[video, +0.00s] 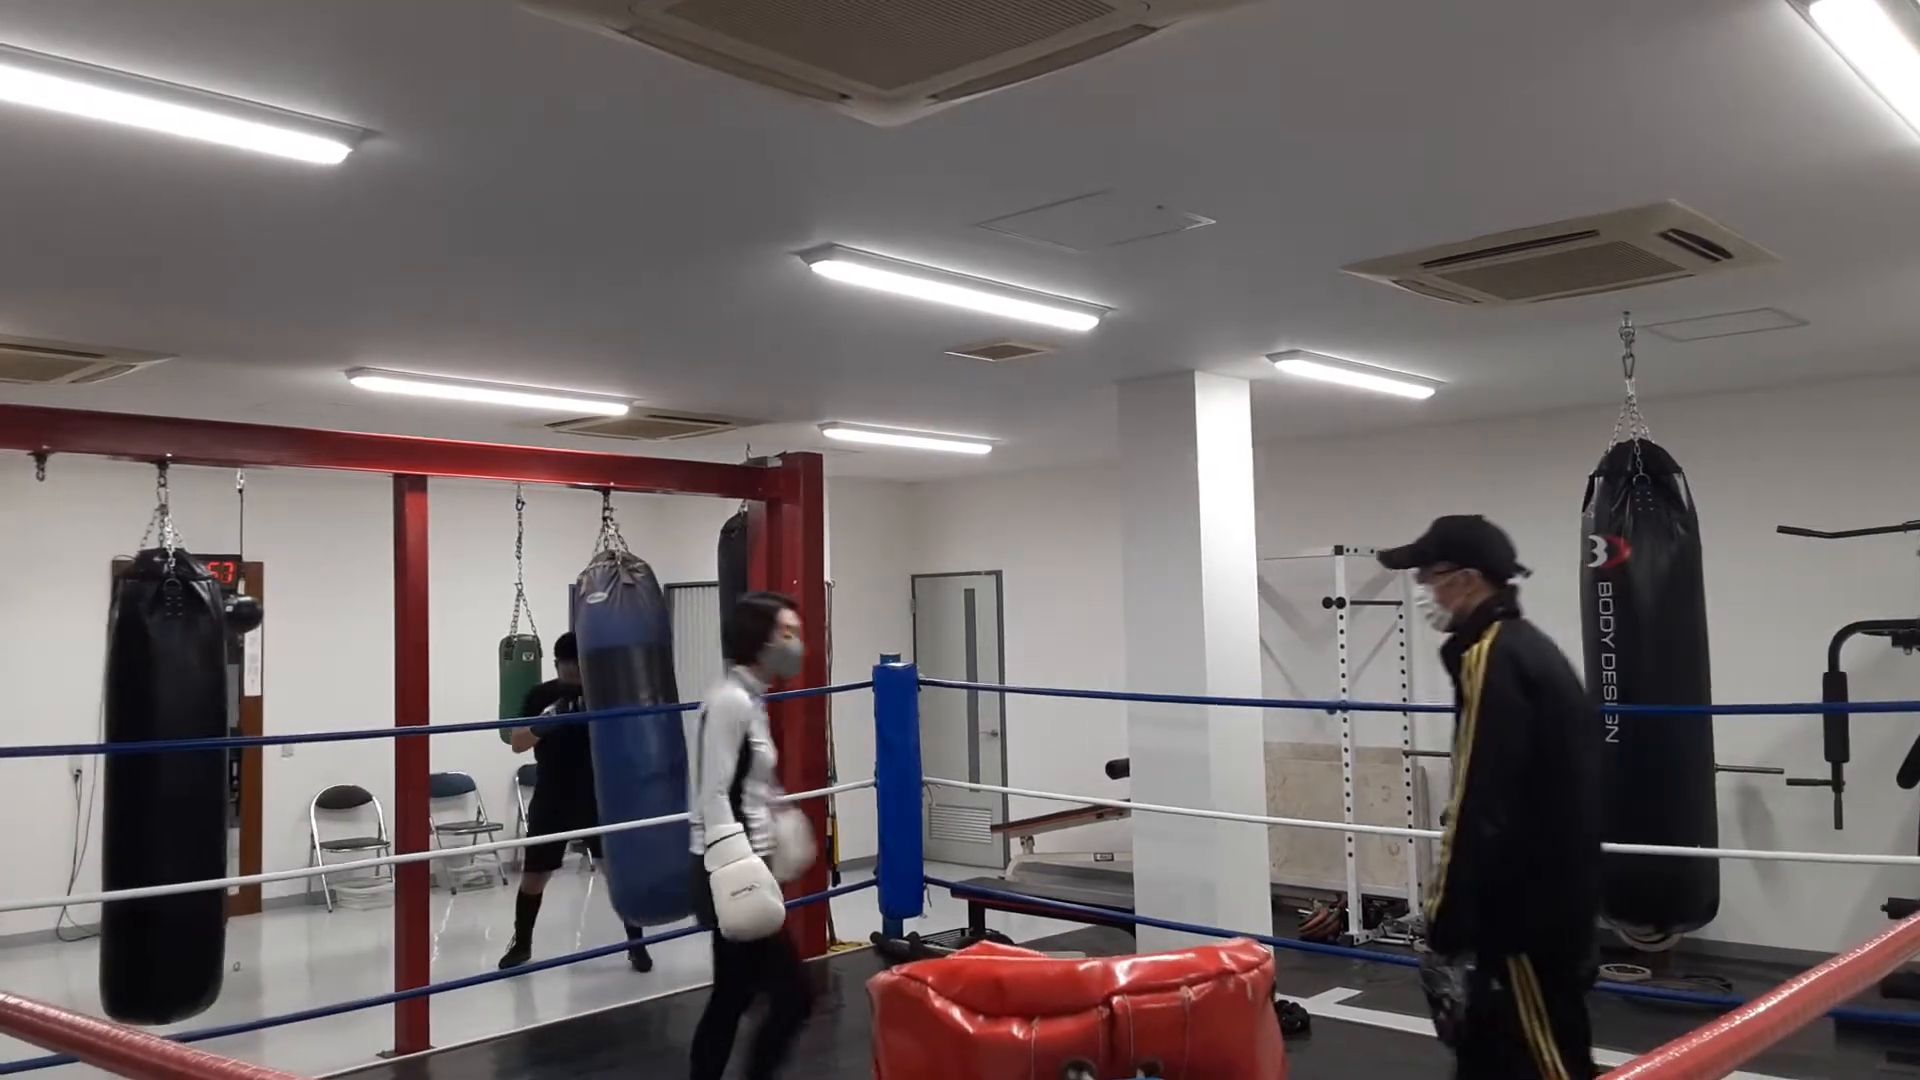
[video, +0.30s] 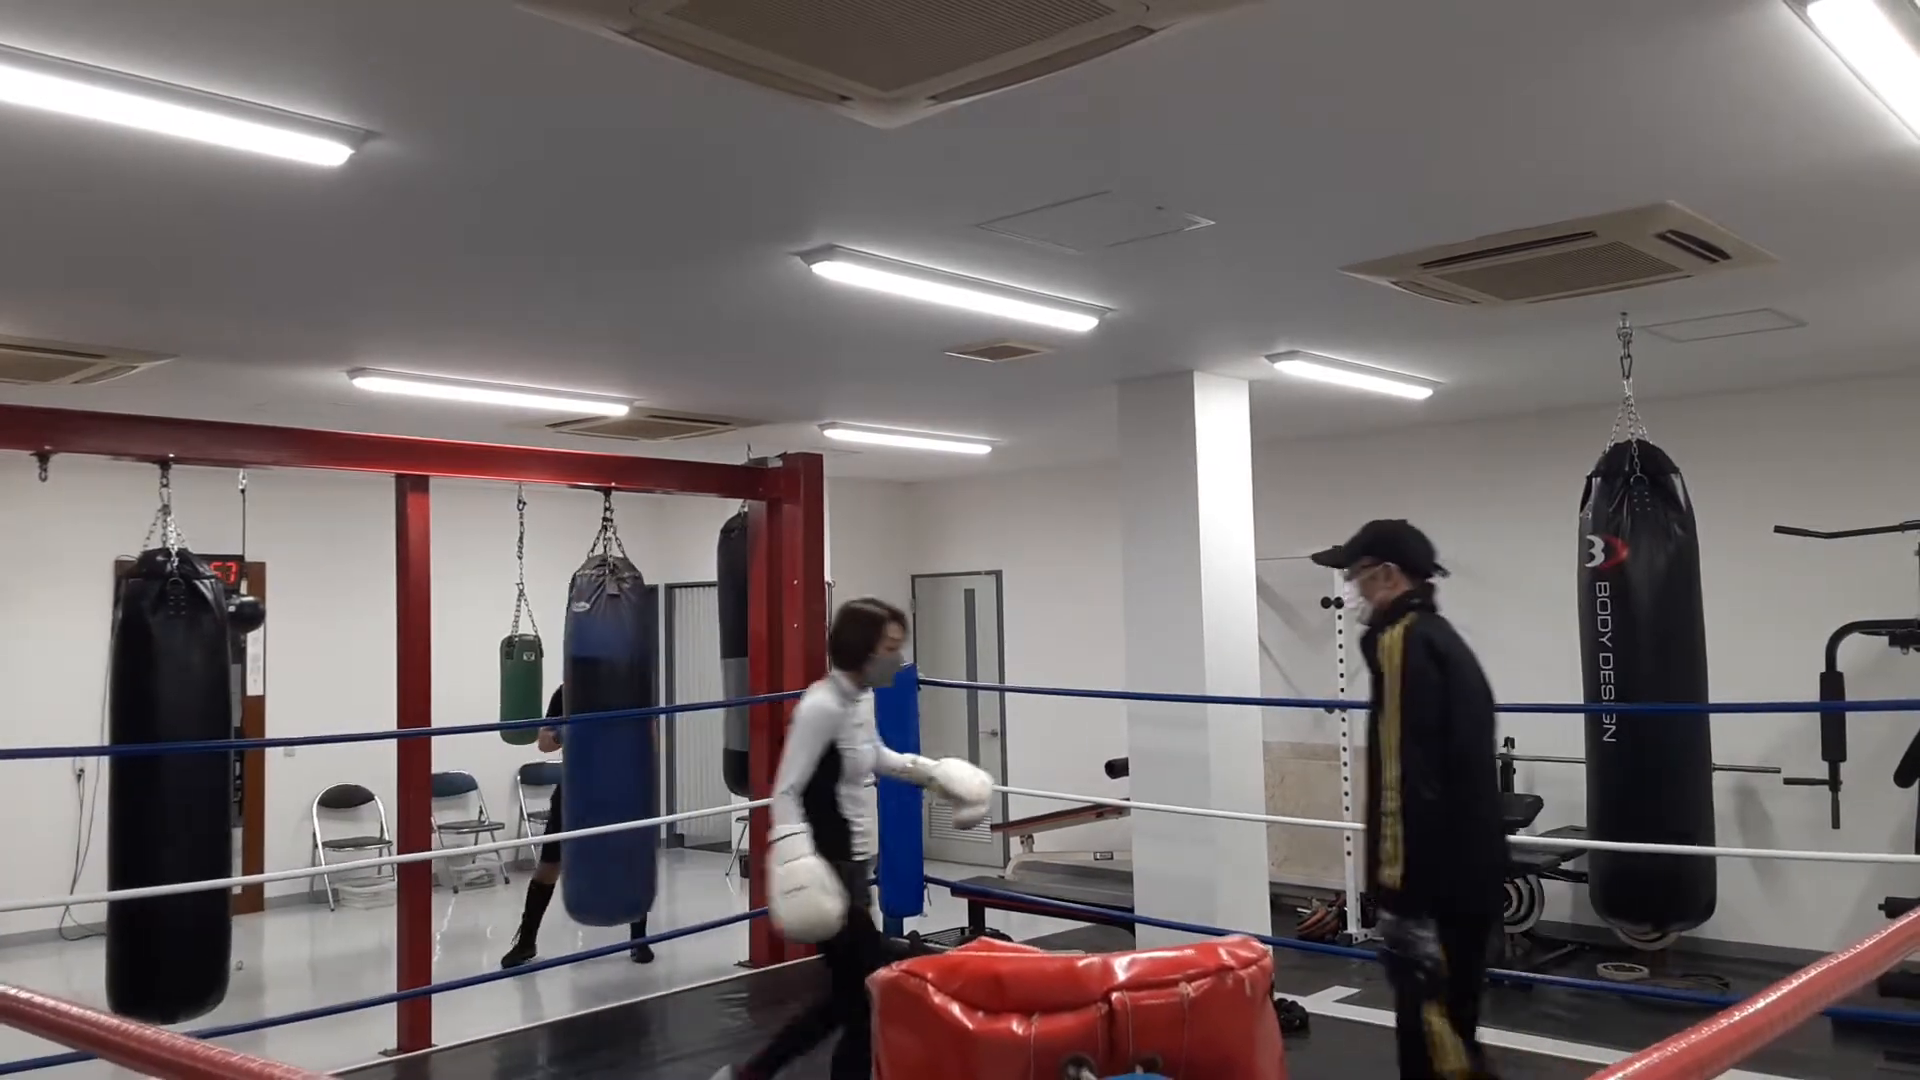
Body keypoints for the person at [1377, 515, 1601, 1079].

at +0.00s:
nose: (1428, 590)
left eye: (1434, 576)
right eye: (1426, 578)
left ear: (1467, 578)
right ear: (1477, 578)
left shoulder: (1492, 656)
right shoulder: (1530, 649)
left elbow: (1478, 805)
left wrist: (1445, 934)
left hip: (1518, 917)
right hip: (1549, 904)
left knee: (1548, 1062)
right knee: (1498, 1063)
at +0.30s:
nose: (1352, 591)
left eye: (1357, 578)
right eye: (1352, 580)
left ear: (1389, 575)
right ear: (1400, 576)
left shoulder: (1403, 644)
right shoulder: (1443, 641)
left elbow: (1399, 778)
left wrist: (1395, 896)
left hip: (1427, 890)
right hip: (1465, 883)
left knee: (1427, 1038)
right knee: (1450, 1035)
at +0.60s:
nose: (1297, 590)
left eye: (1303, 576)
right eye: (1296, 578)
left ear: (1332, 573)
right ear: (1355, 577)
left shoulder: (1334, 631)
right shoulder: (1394, 643)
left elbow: (1329, 759)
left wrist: (1259, 849)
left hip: (1356, 867)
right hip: (1416, 864)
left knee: (1312, 1025)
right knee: (1412, 1031)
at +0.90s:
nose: (1220, 592)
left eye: (1226, 581)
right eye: (1220, 581)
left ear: (1251, 585)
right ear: (1279, 588)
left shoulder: (1230, 654)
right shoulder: (1323, 655)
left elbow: (1189, 762)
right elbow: (1272, 740)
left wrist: (1102, 767)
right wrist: (1168, 735)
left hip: (1266, 869)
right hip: (1343, 866)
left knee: (1235, 1013)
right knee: (1383, 1030)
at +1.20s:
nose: (1129, 596)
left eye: (1130, 586)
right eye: (1129, 586)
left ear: (1146, 588)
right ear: (1193, 583)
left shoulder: (1122, 663)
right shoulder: (1250, 647)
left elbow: (1092, 779)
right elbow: (1293, 755)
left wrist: (1137, 816)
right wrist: (1236, 767)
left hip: (1177, 862)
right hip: (1267, 857)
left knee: (1190, 1005)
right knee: (1286, 1001)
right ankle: (1303, 1074)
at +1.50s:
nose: (1107, 600)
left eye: (1106, 592)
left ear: (1114, 592)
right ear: (1168, 577)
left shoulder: (1094, 665)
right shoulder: (1225, 646)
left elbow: (1071, 776)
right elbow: (1274, 756)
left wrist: (1118, 734)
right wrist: (1212, 731)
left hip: (1144, 868)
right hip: (1224, 862)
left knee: (1158, 997)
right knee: (1228, 997)